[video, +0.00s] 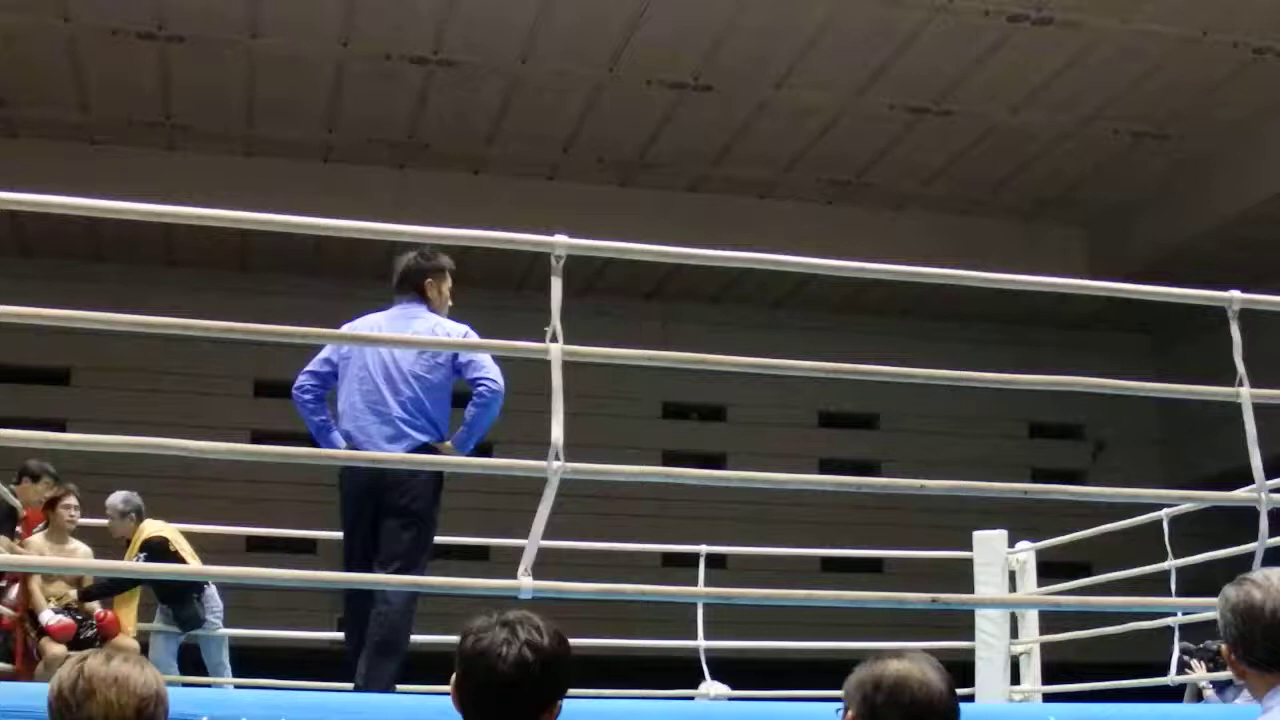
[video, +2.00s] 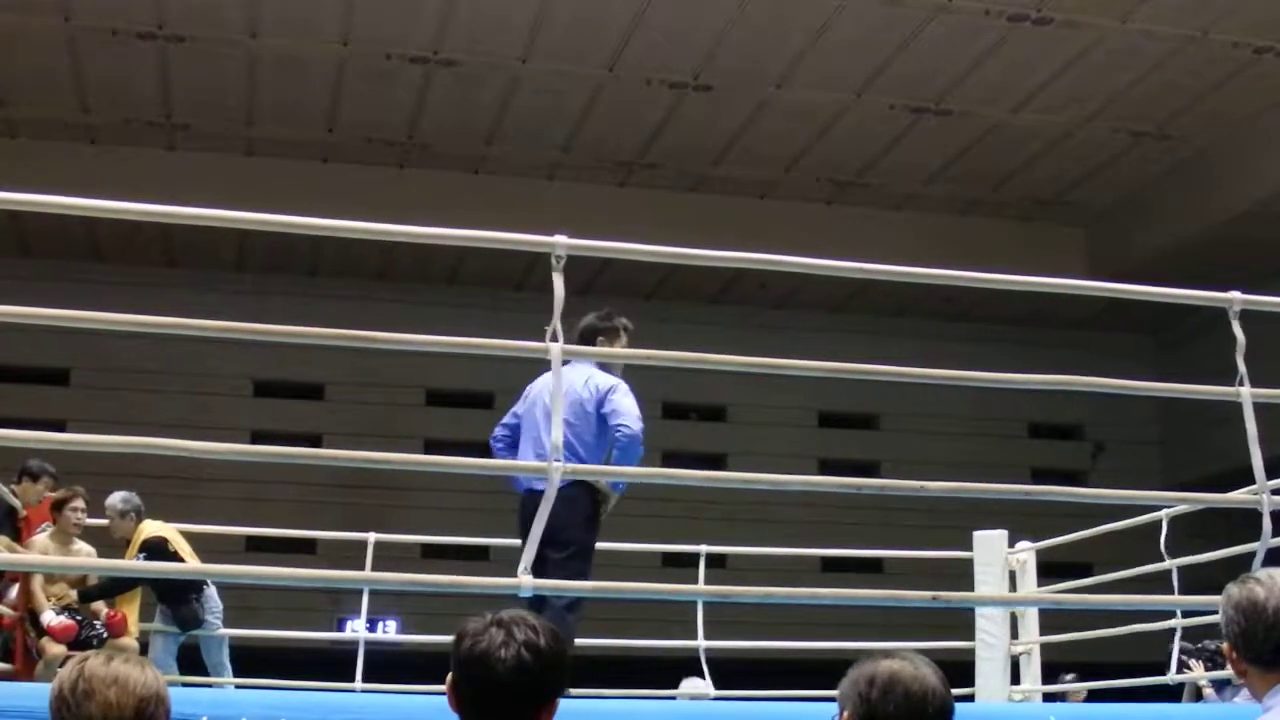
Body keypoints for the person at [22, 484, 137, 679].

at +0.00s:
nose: (73, 514)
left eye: (76, 509)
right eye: (66, 508)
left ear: (80, 513)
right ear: (50, 512)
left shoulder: (84, 551)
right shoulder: (33, 544)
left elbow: (87, 592)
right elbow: (33, 585)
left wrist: (99, 613)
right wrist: (47, 617)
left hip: (78, 612)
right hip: (42, 611)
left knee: (129, 646)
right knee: (57, 653)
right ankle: (36, 705)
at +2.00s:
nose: (80, 517)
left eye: (83, 511)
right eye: (73, 510)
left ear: (87, 515)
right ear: (56, 514)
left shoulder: (88, 551)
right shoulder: (38, 544)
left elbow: (92, 593)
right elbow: (36, 587)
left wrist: (106, 614)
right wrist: (50, 618)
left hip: (78, 614)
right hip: (42, 612)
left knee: (128, 646)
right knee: (56, 652)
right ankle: (37, 704)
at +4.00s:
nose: (76, 519)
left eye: (80, 513)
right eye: (70, 513)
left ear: (84, 516)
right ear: (54, 515)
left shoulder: (86, 552)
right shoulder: (36, 545)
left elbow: (91, 594)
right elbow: (34, 587)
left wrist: (105, 614)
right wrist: (48, 617)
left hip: (77, 612)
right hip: (43, 611)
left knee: (129, 646)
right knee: (56, 652)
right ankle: (36, 705)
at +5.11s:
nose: (113, 498)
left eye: (116, 492)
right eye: (107, 491)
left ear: (118, 494)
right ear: (89, 492)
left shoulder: (113, 524)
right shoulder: (64, 521)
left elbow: (111, 568)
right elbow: (51, 571)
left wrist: (120, 604)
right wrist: (59, 614)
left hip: (93, 598)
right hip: (60, 595)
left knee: (126, 647)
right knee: (52, 650)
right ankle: (27, 702)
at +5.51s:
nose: (106, 451)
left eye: (109, 445)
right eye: (100, 445)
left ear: (110, 447)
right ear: (83, 446)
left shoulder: (110, 484)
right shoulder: (55, 481)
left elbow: (111, 530)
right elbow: (38, 529)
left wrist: (120, 566)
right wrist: (44, 569)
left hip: (96, 561)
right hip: (60, 559)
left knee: (112, 639)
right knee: (45, 640)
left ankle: (110, 709)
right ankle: (25, 702)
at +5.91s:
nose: (97, 438)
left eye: (99, 433)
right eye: (91, 433)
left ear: (99, 436)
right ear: (72, 434)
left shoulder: (102, 474)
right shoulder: (43, 471)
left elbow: (101, 522)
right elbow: (30, 516)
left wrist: (104, 558)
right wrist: (46, 543)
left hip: (91, 557)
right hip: (54, 555)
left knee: (108, 632)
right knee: (37, 637)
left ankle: (113, 703)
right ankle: (22, 705)